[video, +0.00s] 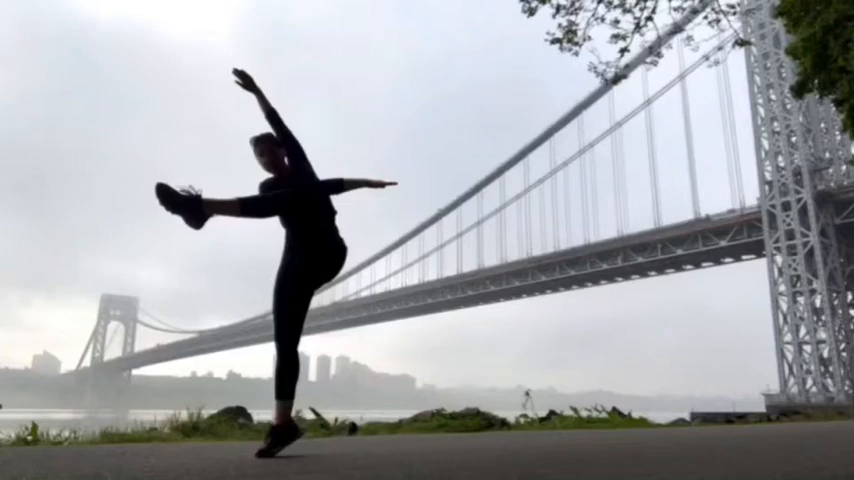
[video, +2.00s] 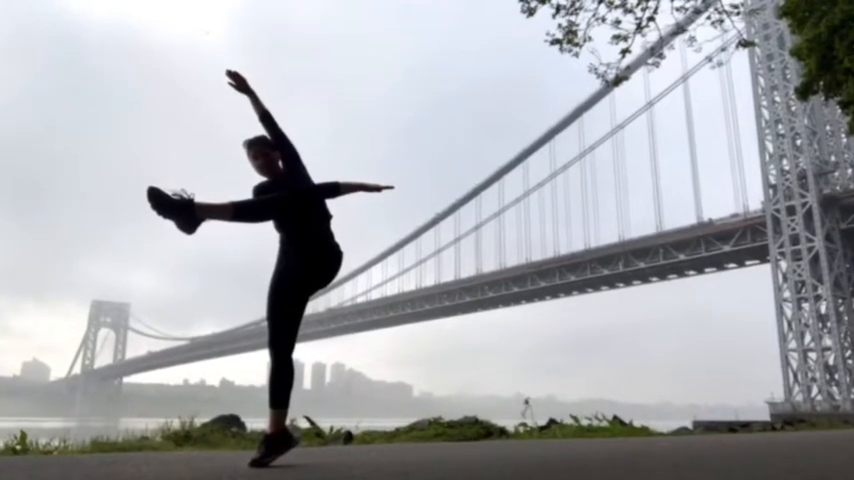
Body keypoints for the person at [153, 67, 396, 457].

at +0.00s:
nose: (264, 159)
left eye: (268, 153)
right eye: (260, 156)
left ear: (283, 150)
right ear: (258, 160)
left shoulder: (301, 170)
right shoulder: (270, 191)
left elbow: (283, 130)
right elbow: (326, 187)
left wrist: (257, 91)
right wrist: (368, 183)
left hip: (327, 252)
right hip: (297, 261)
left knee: (284, 200)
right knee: (286, 341)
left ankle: (204, 208)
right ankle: (283, 422)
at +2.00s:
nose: (257, 162)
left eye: (262, 155)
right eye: (253, 159)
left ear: (277, 153)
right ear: (252, 163)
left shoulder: (295, 173)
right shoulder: (264, 193)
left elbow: (276, 131)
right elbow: (319, 191)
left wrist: (251, 93)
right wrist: (362, 187)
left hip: (322, 257)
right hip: (292, 266)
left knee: (279, 204)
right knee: (280, 348)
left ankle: (197, 212)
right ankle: (277, 432)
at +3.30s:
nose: (253, 164)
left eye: (257, 157)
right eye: (248, 160)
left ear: (272, 154)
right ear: (248, 165)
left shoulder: (292, 174)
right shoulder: (261, 198)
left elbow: (273, 133)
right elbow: (317, 193)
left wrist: (246, 94)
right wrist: (354, 190)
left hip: (319, 263)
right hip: (287, 273)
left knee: (274, 206)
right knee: (277, 354)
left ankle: (192, 215)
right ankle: (274, 436)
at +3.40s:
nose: (253, 165)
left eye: (256, 157)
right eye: (249, 161)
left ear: (271, 152)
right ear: (250, 163)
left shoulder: (291, 175)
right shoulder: (261, 196)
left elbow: (270, 131)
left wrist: (246, 95)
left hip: (312, 261)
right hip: (291, 270)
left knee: (270, 205)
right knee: (277, 353)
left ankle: (192, 215)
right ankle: (274, 437)